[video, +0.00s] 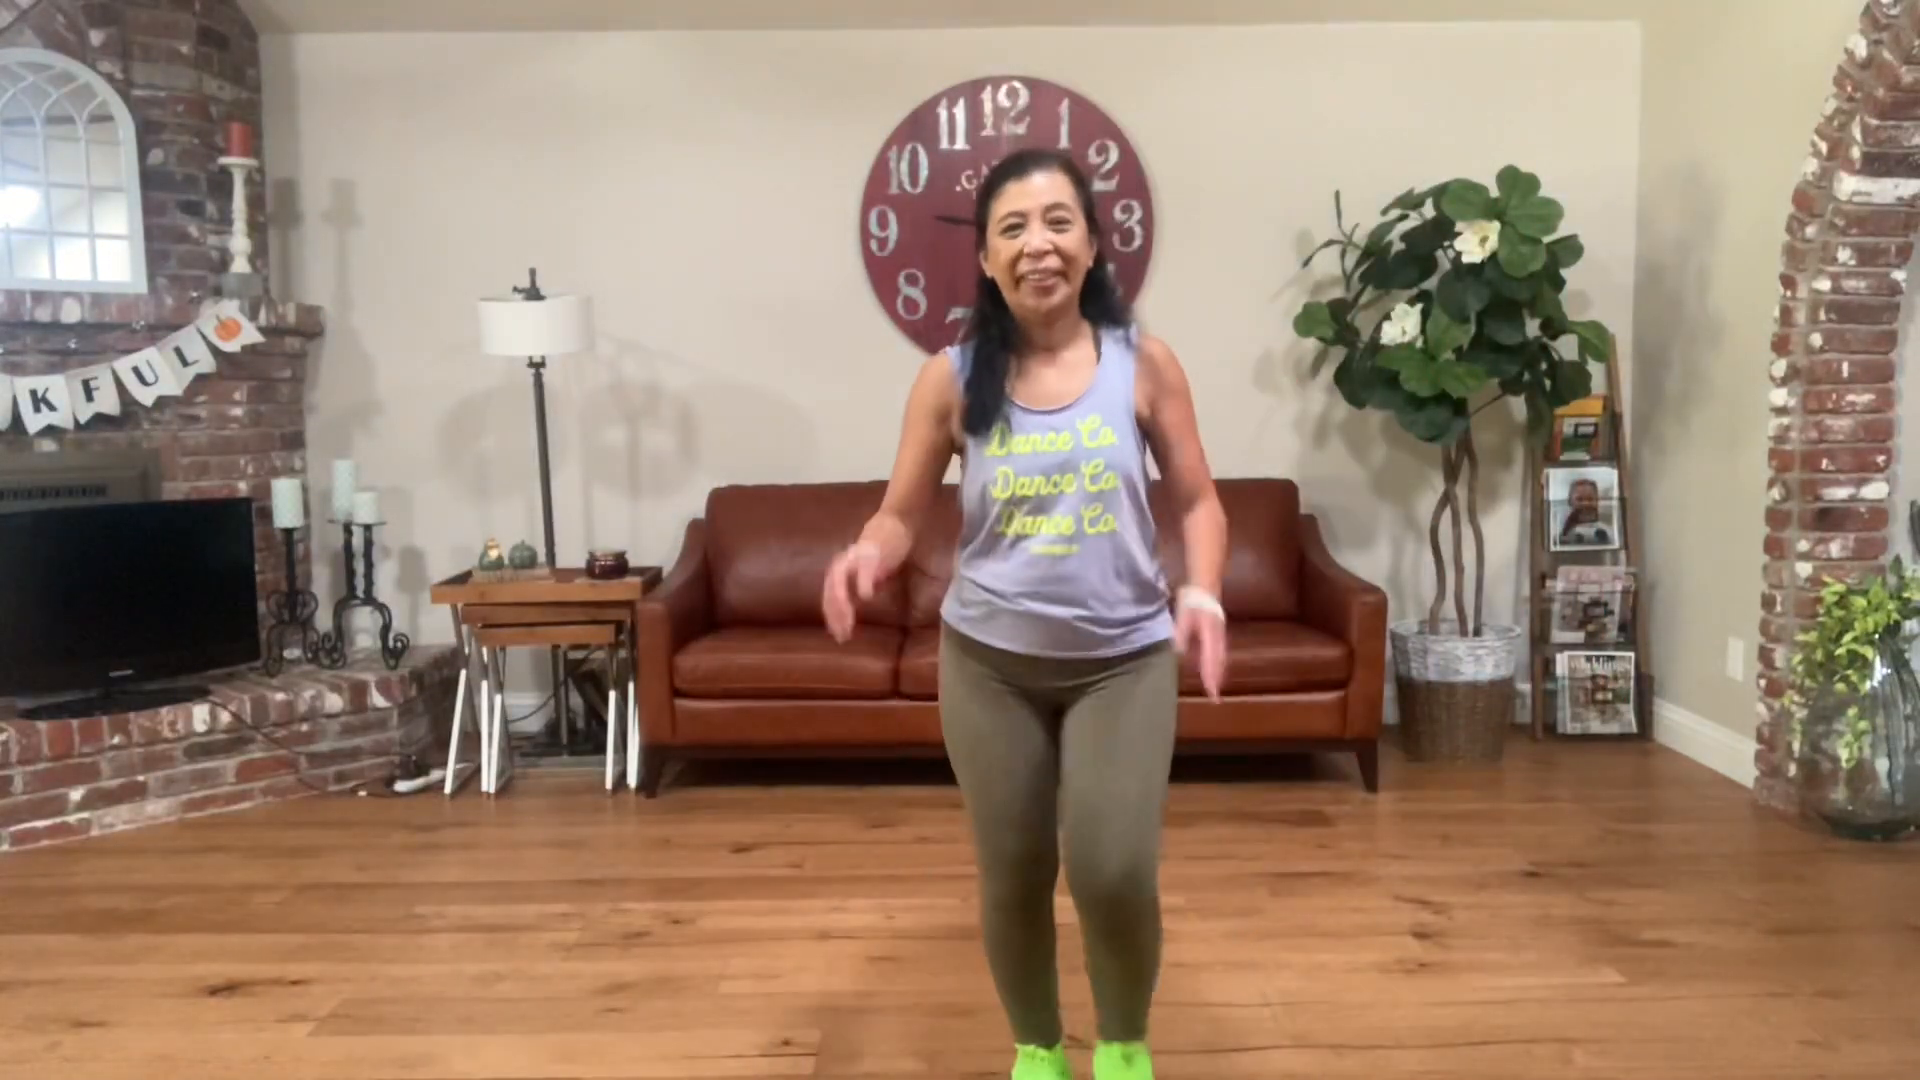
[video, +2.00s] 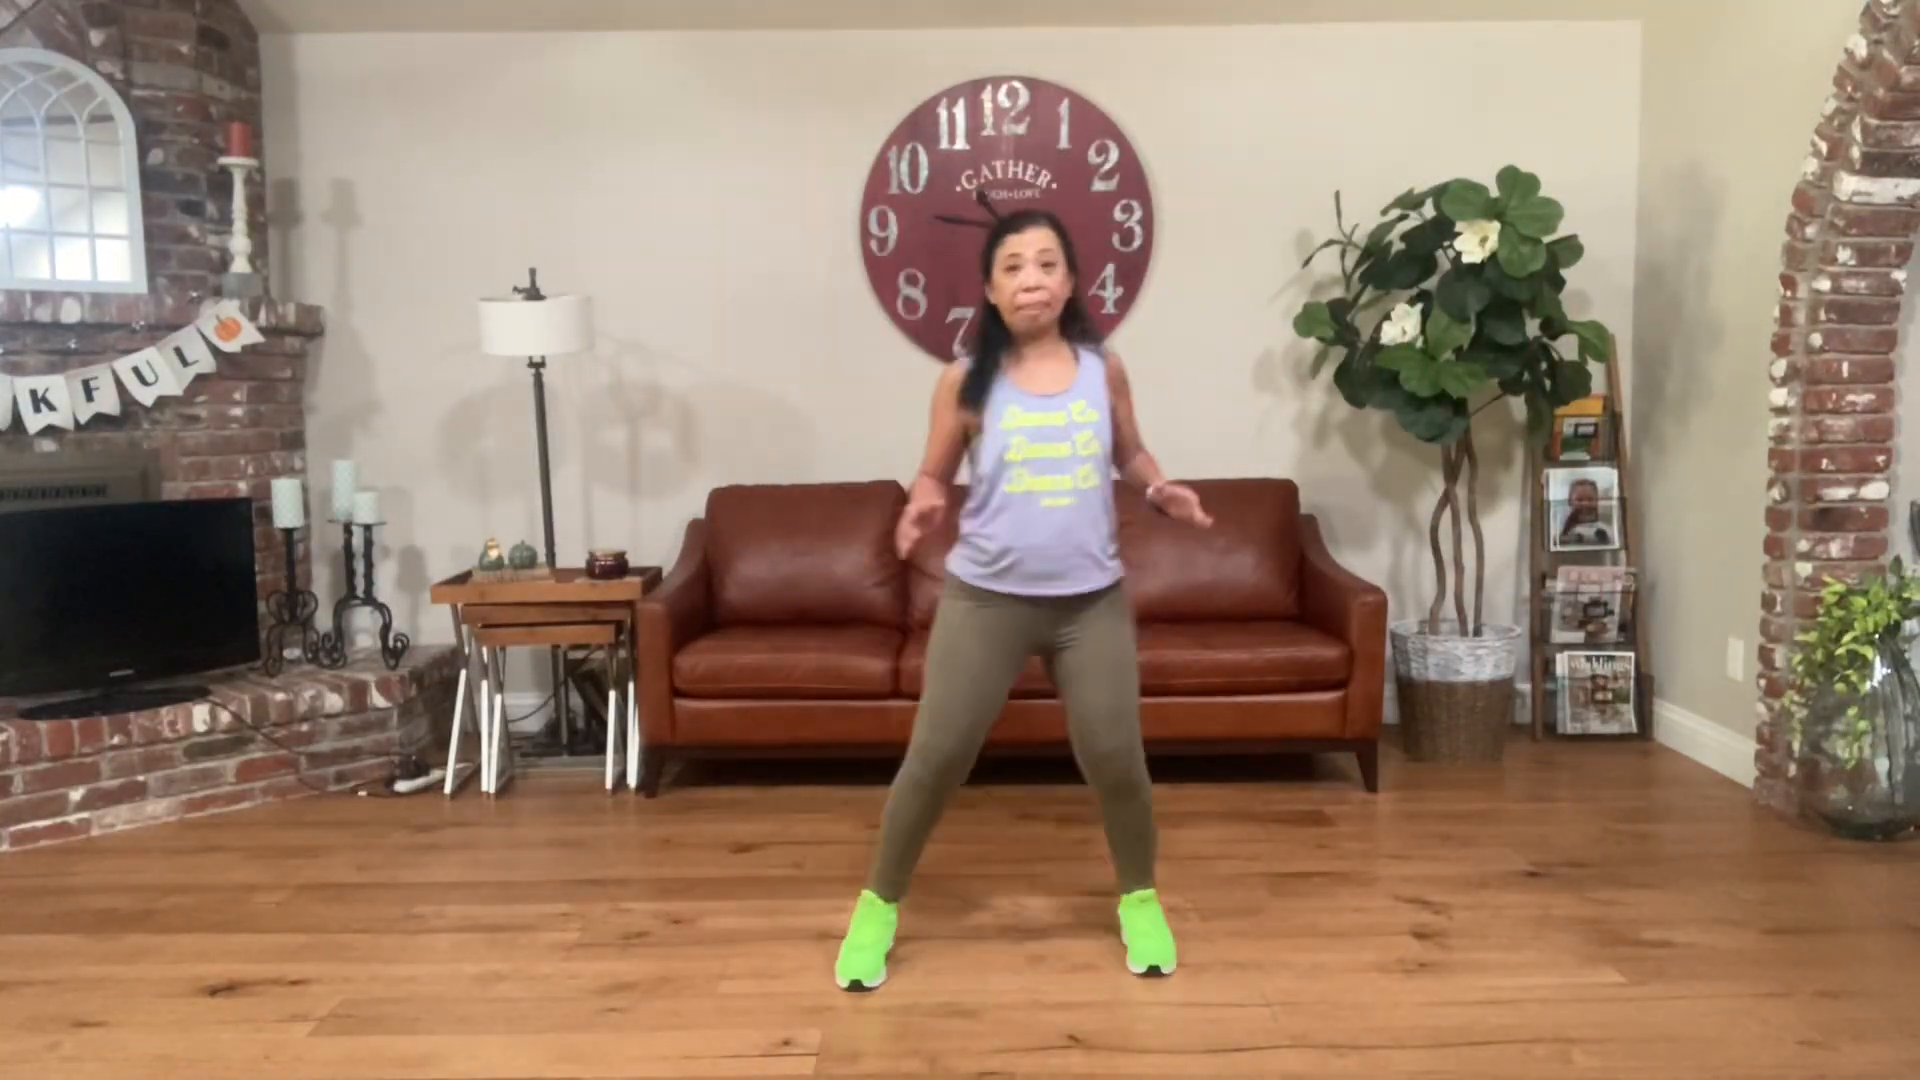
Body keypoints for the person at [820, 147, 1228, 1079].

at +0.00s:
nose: (1039, 244)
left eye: (1059, 222)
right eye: (1014, 228)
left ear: (1092, 244)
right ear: (986, 259)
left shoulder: (1144, 366)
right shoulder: (951, 378)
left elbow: (1198, 503)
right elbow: (899, 515)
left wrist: (1201, 591)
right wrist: (871, 548)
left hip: (1125, 661)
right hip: (988, 662)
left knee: (1113, 870)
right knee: (1013, 871)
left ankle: (1123, 1048)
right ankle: (1036, 1053)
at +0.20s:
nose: (1037, 257)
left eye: (1057, 233)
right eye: (1014, 239)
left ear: (1093, 246)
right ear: (992, 259)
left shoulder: (1143, 358)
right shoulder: (961, 371)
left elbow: (1173, 498)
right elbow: (940, 533)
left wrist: (1111, 493)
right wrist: (936, 502)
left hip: (1119, 651)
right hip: (990, 649)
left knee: (1098, 855)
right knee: (1017, 857)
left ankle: (1103, 988)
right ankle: (1037, 1044)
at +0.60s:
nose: (1014, 257)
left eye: (1032, 237)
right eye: (994, 242)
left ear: (1066, 257)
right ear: (971, 266)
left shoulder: (1116, 369)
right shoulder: (949, 375)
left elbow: (1179, 475)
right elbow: (931, 478)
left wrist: (1122, 565)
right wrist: (924, 548)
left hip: (1096, 622)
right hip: (978, 617)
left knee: (1091, 810)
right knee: (944, 794)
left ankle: (1099, 985)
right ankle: (946, 932)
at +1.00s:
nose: (930, 283)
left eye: (948, 267)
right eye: (913, 268)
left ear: (972, 285)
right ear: (888, 285)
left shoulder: (1005, 390)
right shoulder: (855, 380)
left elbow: (1044, 500)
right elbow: (815, 481)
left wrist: (1015, 532)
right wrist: (786, 501)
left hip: (985, 619)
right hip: (876, 617)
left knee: (1025, 794)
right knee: (869, 785)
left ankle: (1086, 975)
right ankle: (871, 914)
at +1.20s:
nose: (922, 301)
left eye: (936, 285)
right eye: (903, 286)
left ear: (952, 299)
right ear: (869, 301)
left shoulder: (976, 392)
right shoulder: (833, 388)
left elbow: (979, 514)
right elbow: (794, 510)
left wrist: (924, 467)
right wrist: (782, 455)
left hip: (961, 606)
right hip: (855, 606)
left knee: (971, 771)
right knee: (856, 774)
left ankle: (1017, 926)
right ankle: (870, 916)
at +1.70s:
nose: (973, 295)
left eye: (984, 281)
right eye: (952, 283)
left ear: (997, 297)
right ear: (913, 304)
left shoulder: (1015, 390)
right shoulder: (875, 393)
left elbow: (1039, 474)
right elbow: (818, 483)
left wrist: (1057, 515)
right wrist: (828, 525)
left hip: (985, 603)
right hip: (880, 600)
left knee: (1050, 751)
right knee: (875, 764)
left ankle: (1044, 888)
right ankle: (871, 912)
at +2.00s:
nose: (1032, 279)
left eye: (1047, 264)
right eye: (1013, 267)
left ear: (1071, 281)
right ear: (990, 289)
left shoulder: (1103, 370)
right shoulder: (965, 379)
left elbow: (1131, 454)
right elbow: (933, 476)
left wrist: (1157, 486)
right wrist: (924, 509)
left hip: (1092, 599)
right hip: (987, 597)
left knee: (1114, 755)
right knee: (938, 753)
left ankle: (1140, 900)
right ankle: (878, 908)